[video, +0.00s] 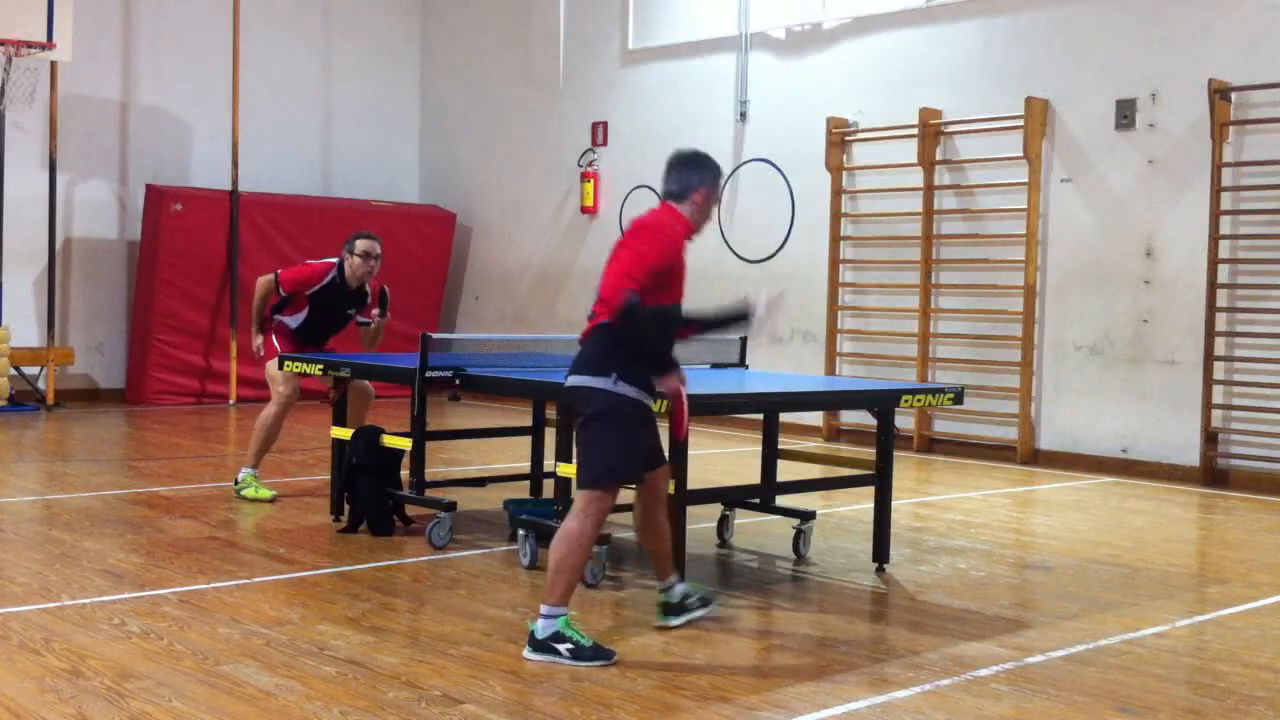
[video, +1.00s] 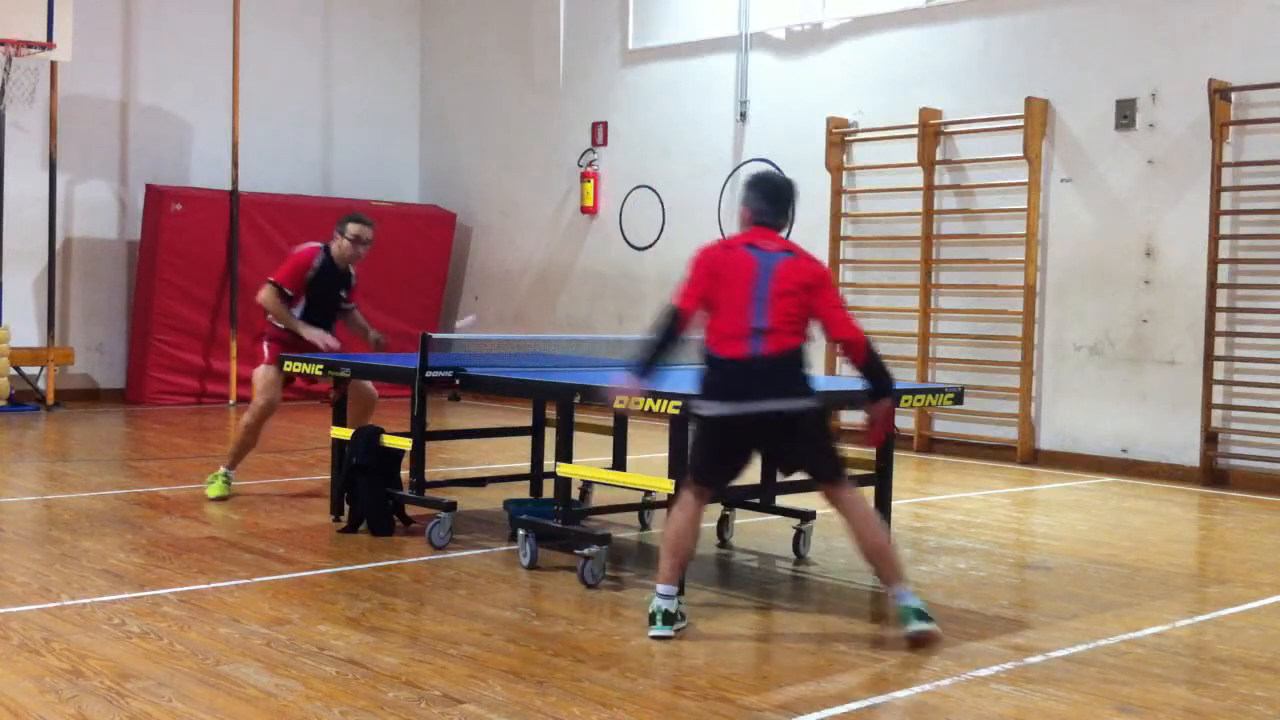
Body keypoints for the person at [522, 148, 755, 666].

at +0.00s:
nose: (715, 209)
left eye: (717, 199)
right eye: (716, 198)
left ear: (675, 190)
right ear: (702, 195)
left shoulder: (663, 232)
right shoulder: (660, 230)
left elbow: (656, 325)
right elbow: (617, 296)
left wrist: (736, 318)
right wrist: (659, 364)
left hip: (622, 387)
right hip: (605, 386)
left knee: (655, 479)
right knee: (592, 504)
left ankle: (673, 592)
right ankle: (547, 625)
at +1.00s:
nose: (741, 212)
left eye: (743, 205)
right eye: (748, 205)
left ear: (746, 211)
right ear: (788, 217)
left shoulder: (713, 257)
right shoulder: (806, 268)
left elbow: (676, 321)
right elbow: (848, 336)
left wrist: (640, 371)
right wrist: (882, 388)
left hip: (725, 404)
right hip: (788, 400)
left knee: (692, 494)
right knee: (843, 492)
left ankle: (664, 603)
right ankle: (906, 601)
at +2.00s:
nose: (956, 269)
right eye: (957, 261)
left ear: (912, 252)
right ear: (953, 261)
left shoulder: (872, 284)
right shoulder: (951, 301)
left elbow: (845, 352)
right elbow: (961, 390)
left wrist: (911, 389)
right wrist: (1007, 449)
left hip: (829, 418)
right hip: (897, 427)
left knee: (766, 517)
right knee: (932, 508)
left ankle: (709, 622)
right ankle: (951, 612)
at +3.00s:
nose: (879, 228)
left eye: (872, 220)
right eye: (879, 221)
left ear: (830, 217)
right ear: (876, 223)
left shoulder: (790, 264)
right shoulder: (869, 269)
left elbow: (782, 350)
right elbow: (882, 349)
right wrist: (936, 413)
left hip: (766, 422)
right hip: (836, 426)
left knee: (716, 515)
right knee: (910, 509)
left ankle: (647, 609)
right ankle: (937, 638)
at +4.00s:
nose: (856, 226)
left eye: (857, 219)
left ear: (858, 223)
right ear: (900, 227)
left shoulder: (823, 276)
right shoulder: (920, 281)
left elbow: (797, 355)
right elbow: (952, 371)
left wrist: (843, 375)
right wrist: (990, 441)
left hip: (836, 427)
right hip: (903, 428)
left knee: (791, 519)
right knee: (938, 502)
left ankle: (763, 618)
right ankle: (961, 604)